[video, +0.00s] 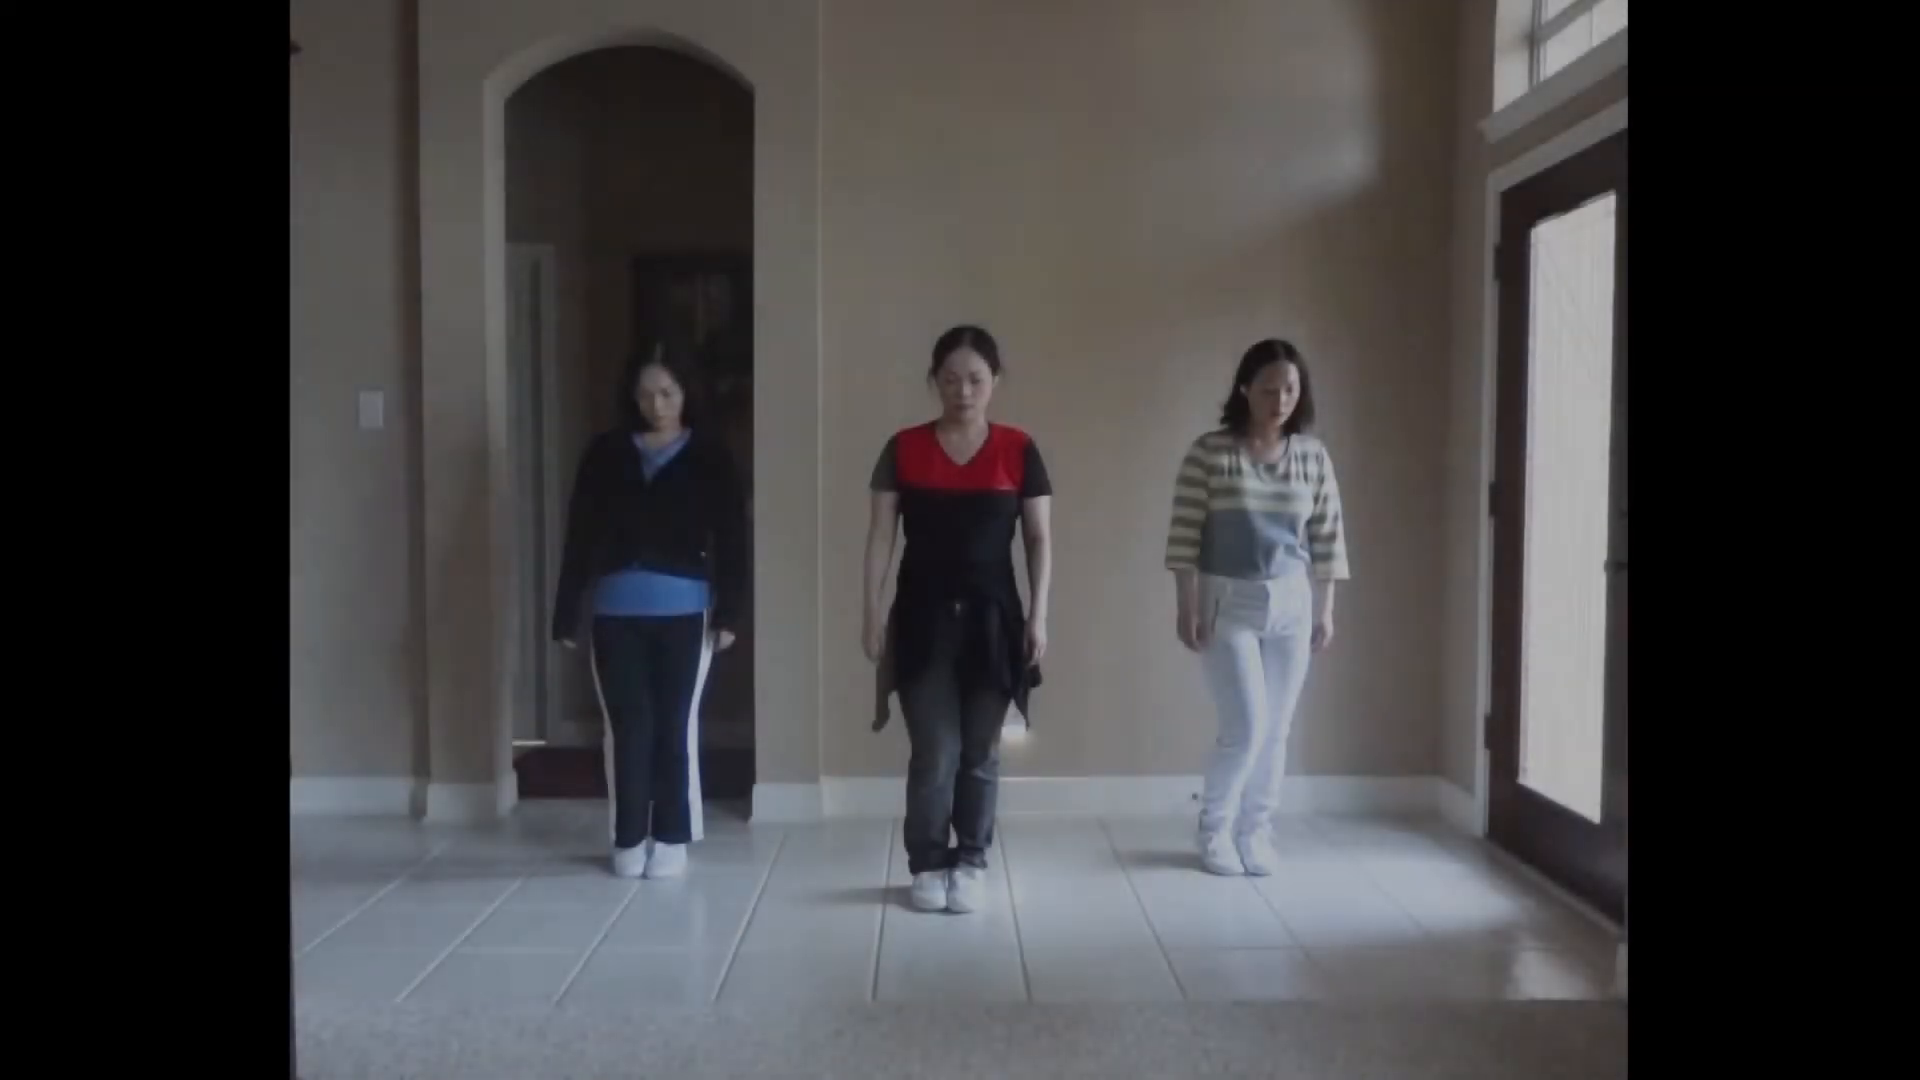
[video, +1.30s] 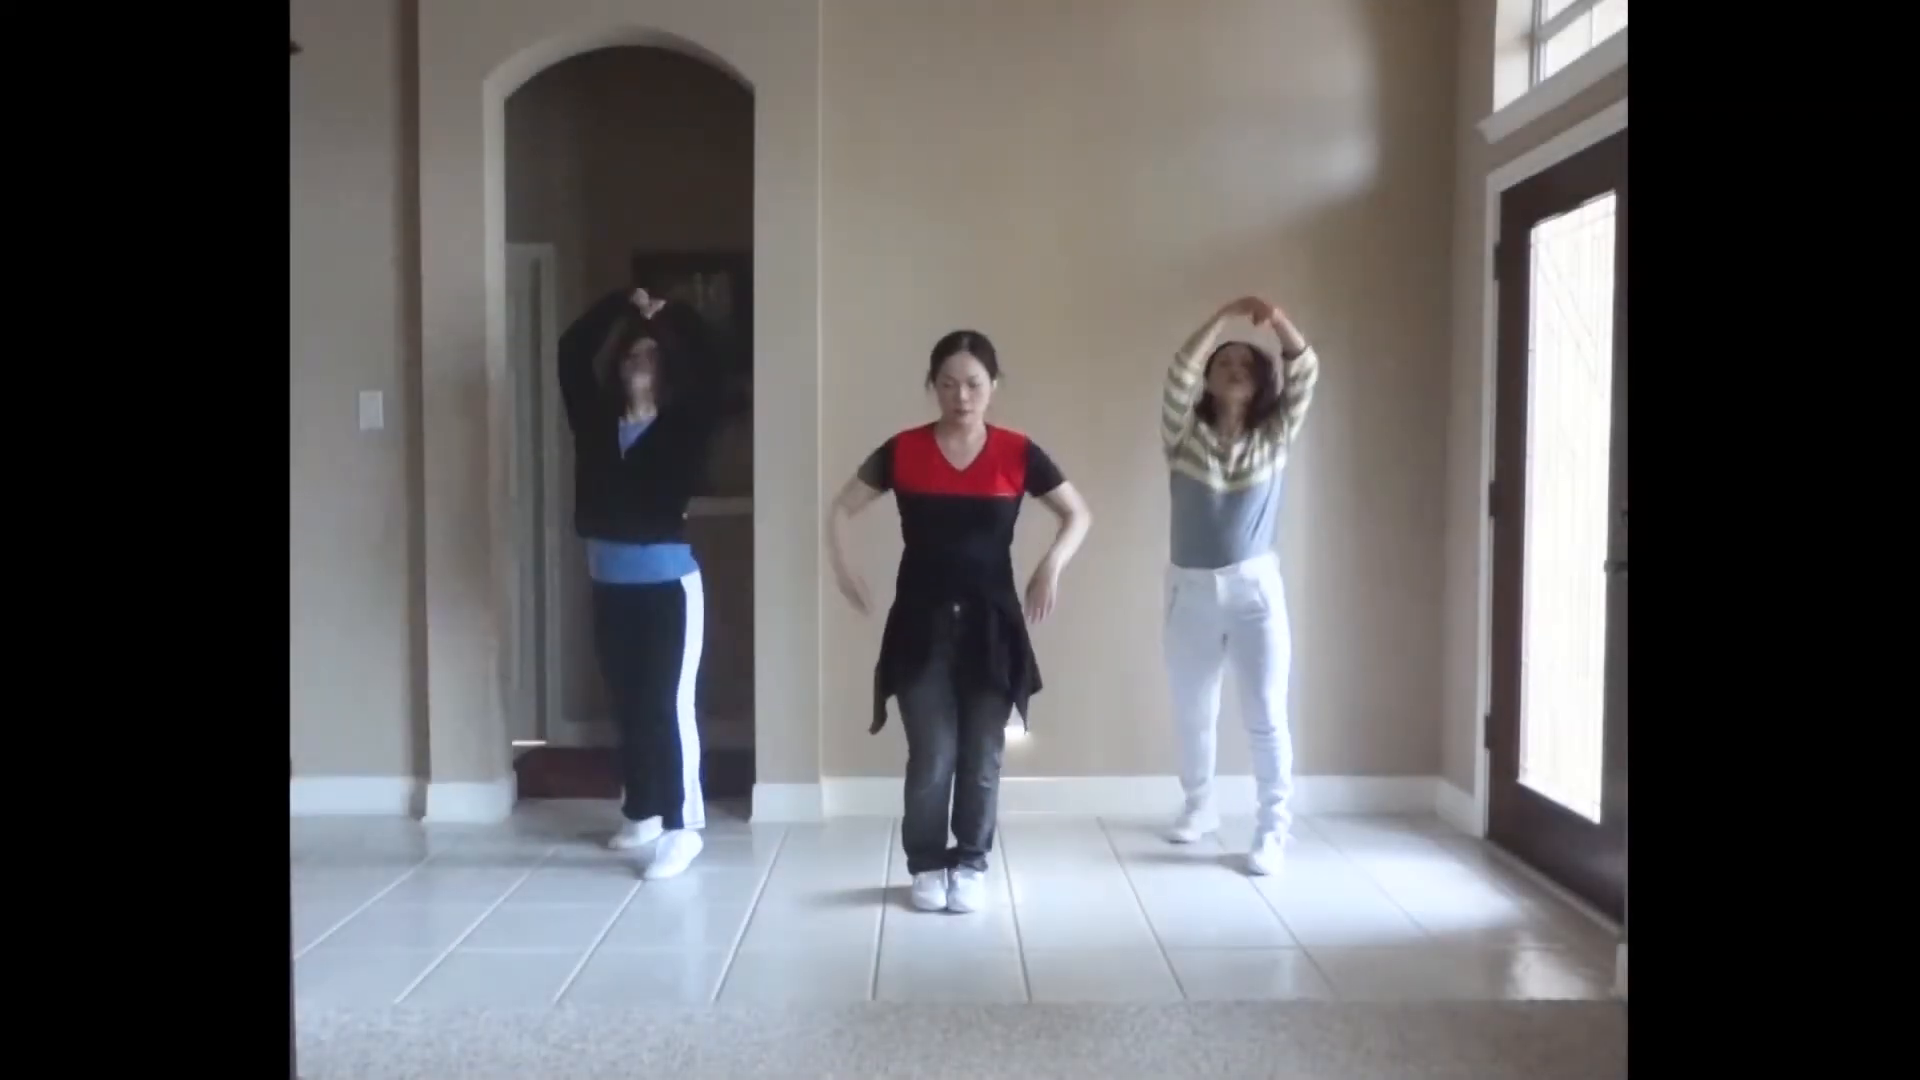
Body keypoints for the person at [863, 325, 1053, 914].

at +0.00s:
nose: (963, 388)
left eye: (975, 378)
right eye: (952, 377)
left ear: (993, 382)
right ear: (936, 381)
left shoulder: (1018, 450)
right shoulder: (905, 448)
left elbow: (1039, 539)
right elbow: (881, 536)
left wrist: (1038, 618)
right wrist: (873, 616)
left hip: (993, 618)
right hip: (923, 617)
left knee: (979, 751)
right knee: (935, 751)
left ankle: (969, 863)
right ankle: (928, 868)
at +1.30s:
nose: (961, 394)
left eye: (973, 383)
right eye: (949, 382)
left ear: (992, 388)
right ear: (933, 386)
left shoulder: (1017, 453)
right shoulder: (903, 451)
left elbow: (1079, 515)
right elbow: (841, 509)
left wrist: (1050, 568)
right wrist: (843, 569)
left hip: (990, 620)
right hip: (921, 619)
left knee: (981, 756)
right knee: (933, 753)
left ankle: (970, 867)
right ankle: (927, 869)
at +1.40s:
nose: (961, 403)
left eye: (973, 392)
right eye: (949, 392)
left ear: (991, 397)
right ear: (933, 397)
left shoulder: (1018, 459)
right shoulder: (905, 458)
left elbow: (1093, 505)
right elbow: (839, 496)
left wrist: (1063, 493)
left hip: (991, 626)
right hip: (922, 627)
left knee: (988, 752)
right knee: (933, 752)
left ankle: (971, 865)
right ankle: (924, 863)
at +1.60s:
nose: (960, 393)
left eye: (971, 382)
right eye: (948, 384)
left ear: (990, 391)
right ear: (934, 394)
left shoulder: (1017, 453)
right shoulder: (906, 451)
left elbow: (1083, 444)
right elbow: (835, 455)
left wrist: (1045, 416)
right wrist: (874, 417)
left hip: (987, 615)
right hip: (920, 614)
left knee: (984, 753)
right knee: (916, 758)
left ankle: (972, 863)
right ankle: (928, 816)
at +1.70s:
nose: (953, 371)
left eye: (966, 362)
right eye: (943, 363)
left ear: (987, 377)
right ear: (930, 379)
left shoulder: (1009, 440)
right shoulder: (905, 435)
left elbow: (1065, 380)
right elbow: (847, 380)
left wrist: (1003, 361)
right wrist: (903, 368)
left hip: (983, 608)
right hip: (917, 607)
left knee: (979, 747)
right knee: (913, 743)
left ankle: (972, 862)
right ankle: (929, 821)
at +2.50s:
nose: (940, 412)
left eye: (950, 402)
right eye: (929, 403)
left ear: (966, 409)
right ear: (912, 412)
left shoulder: (986, 461)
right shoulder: (886, 458)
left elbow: (986, 456)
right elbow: (883, 466)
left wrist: (961, 441)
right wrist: (916, 433)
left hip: (964, 612)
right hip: (901, 612)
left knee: (972, 732)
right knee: (911, 739)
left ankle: (983, 852)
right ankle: (931, 831)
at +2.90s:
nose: (936, 422)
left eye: (946, 412)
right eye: (925, 412)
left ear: (962, 418)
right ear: (909, 419)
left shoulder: (980, 469)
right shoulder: (886, 468)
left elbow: (975, 496)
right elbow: (899, 501)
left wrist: (951, 520)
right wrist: (931, 530)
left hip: (956, 613)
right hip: (897, 614)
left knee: (962, 728)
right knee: (902, 739)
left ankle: (977, 848)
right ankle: (931, 831)